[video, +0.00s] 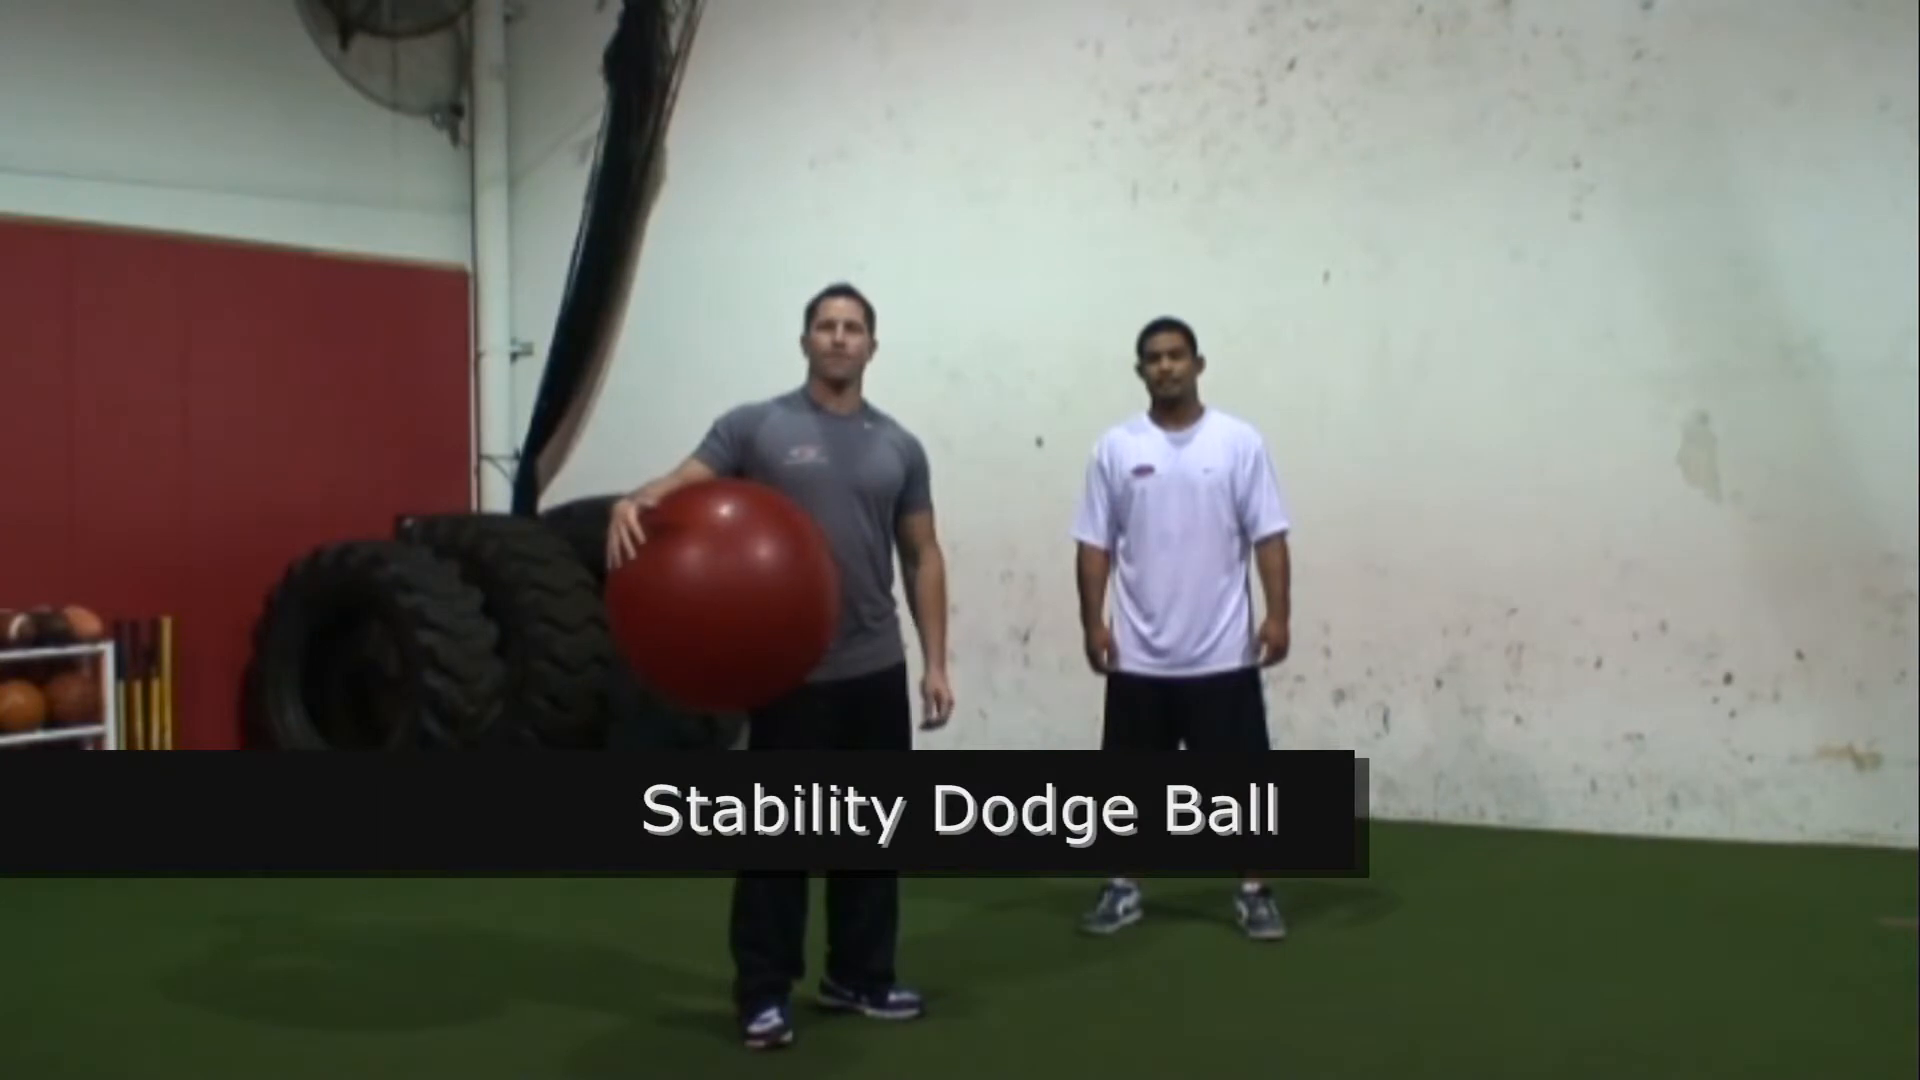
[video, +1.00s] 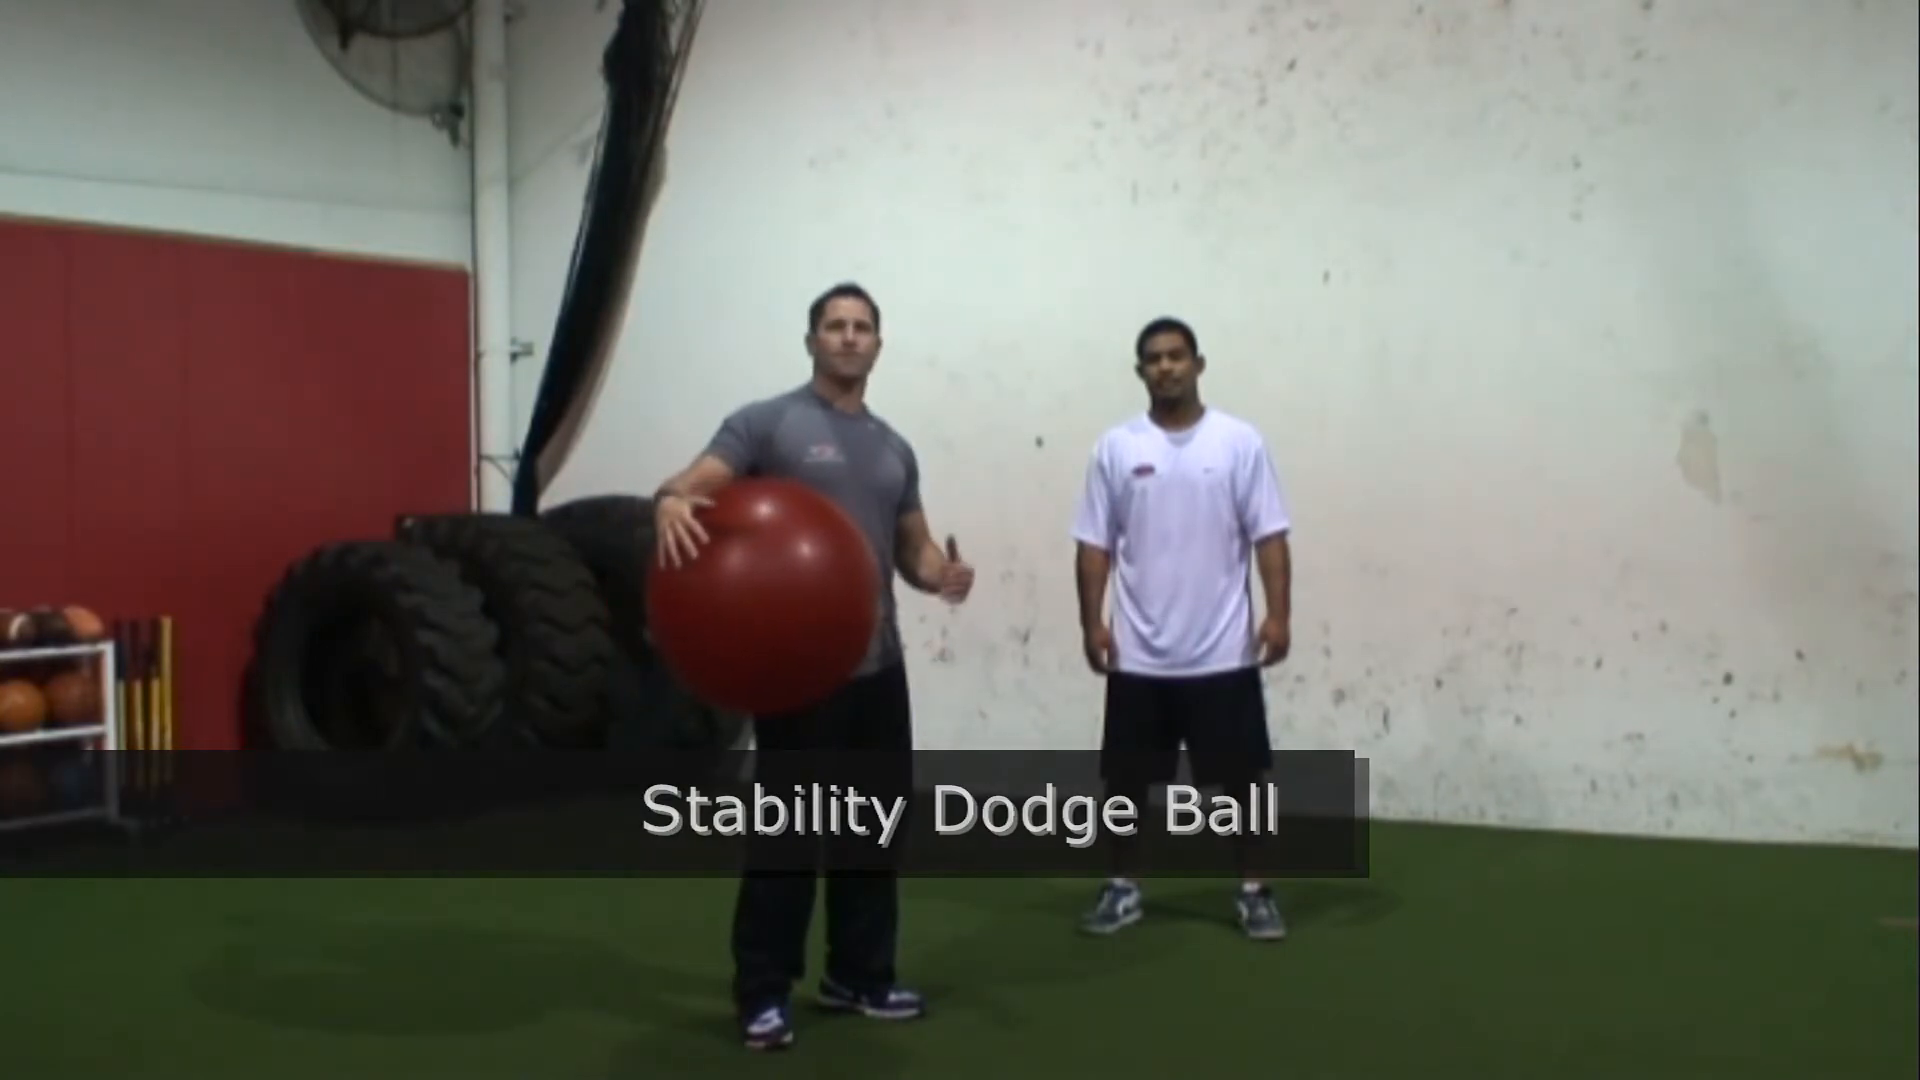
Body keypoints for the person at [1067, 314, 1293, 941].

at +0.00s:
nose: (1166, 366)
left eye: (1176, 356)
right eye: (1154, 358)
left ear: (1198, 364)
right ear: (1140, 371)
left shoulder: (1240, 442)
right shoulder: (1117, 447)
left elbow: (1269, 534)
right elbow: (1094, 541)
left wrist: (1278, 613)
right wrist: (1093, 622)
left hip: (1222, 648)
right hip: (1140, 649)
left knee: (1242, 777)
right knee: (1124, 778)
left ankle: (1253, 887)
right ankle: (1123, 884)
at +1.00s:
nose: (1166, 367)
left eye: (1176, 356)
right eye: (1154, 359)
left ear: (1198, 364)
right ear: (1140, 372)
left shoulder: (1240, 442)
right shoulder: (1117, 448)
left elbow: (1270, 533)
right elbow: (1094, 541)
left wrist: (1278, 613)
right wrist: (1093, 622)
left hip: (1222, 646)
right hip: (1140, 647)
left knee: (1242, 780)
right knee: (1124, 780)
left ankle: (1254, 888)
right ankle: (1123, 884)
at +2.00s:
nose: (1163, 366)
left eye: (1174, 356)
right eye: (1152, 359)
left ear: (1198, 364)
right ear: (1139, 371)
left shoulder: (1240, 442)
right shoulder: (1115, 448)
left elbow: (1269, 533)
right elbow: (1092, 539)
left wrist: (1276, 613)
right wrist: (1090, 620)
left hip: (1221, 645)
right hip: (1138, 646)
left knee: (1242, 777)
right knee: (1123, 778)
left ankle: (1254, 889)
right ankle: (1122, 884)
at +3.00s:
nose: (1164, 367)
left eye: (1175, 357)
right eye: (1153, 359)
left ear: (1198, 365)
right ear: (1140, 371)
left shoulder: (1239, 443)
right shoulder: (1116, 449)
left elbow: (1268, 536)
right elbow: (1093, 540)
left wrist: (1273, 617)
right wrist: (1092, 621)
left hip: (1221, 645)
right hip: (1139, 646)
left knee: (1242, 776)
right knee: (1124, 777)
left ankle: (1254, 888)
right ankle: (1122, 883)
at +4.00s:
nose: (1163, 367)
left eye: (1174, 357)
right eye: (1152, 359)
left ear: (1198, 365)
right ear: (1139, 372)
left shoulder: (1239, 442)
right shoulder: (1116, 448)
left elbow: (1269, 533)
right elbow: (1092, 540)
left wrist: (1277, 613)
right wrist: (1090, 621)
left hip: (1220, 644)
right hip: (1138, 645)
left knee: (1242, 776)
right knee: (1123, 777)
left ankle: (1254, 889)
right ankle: (1122, 884)